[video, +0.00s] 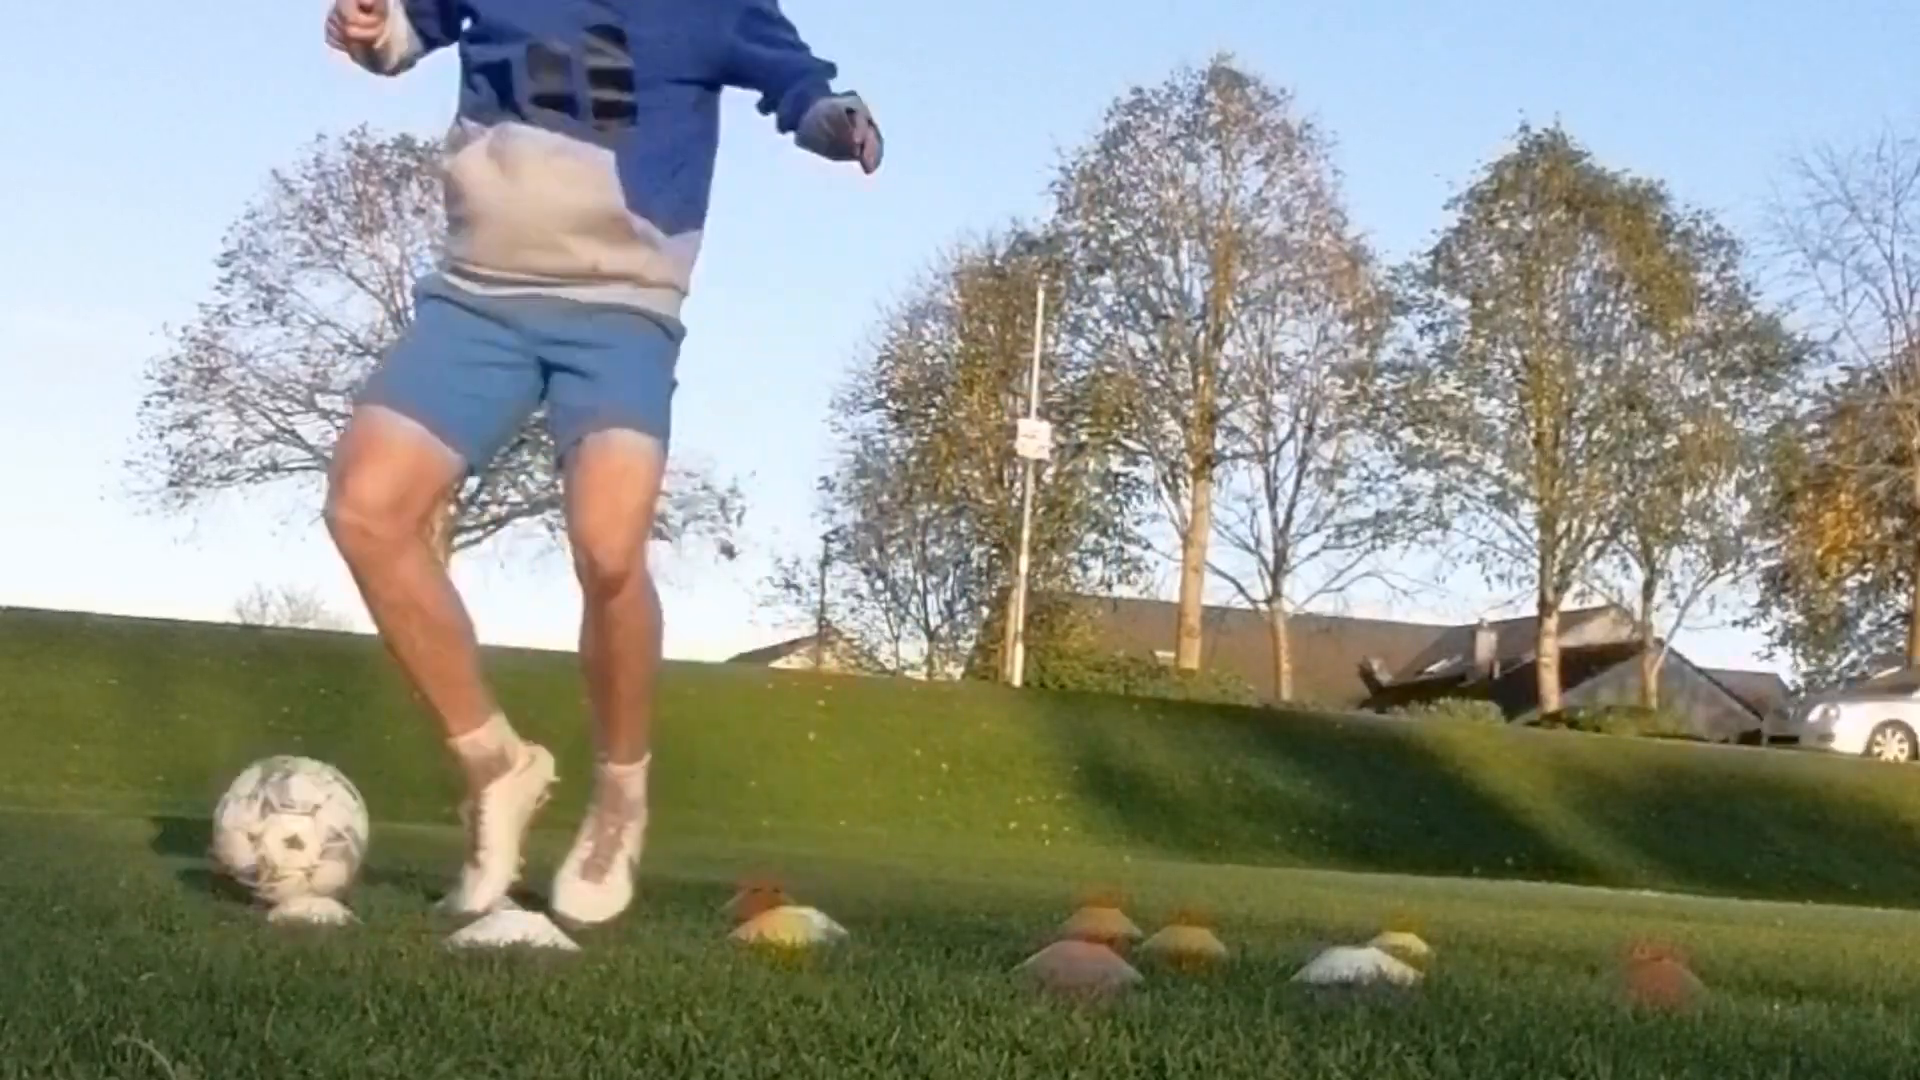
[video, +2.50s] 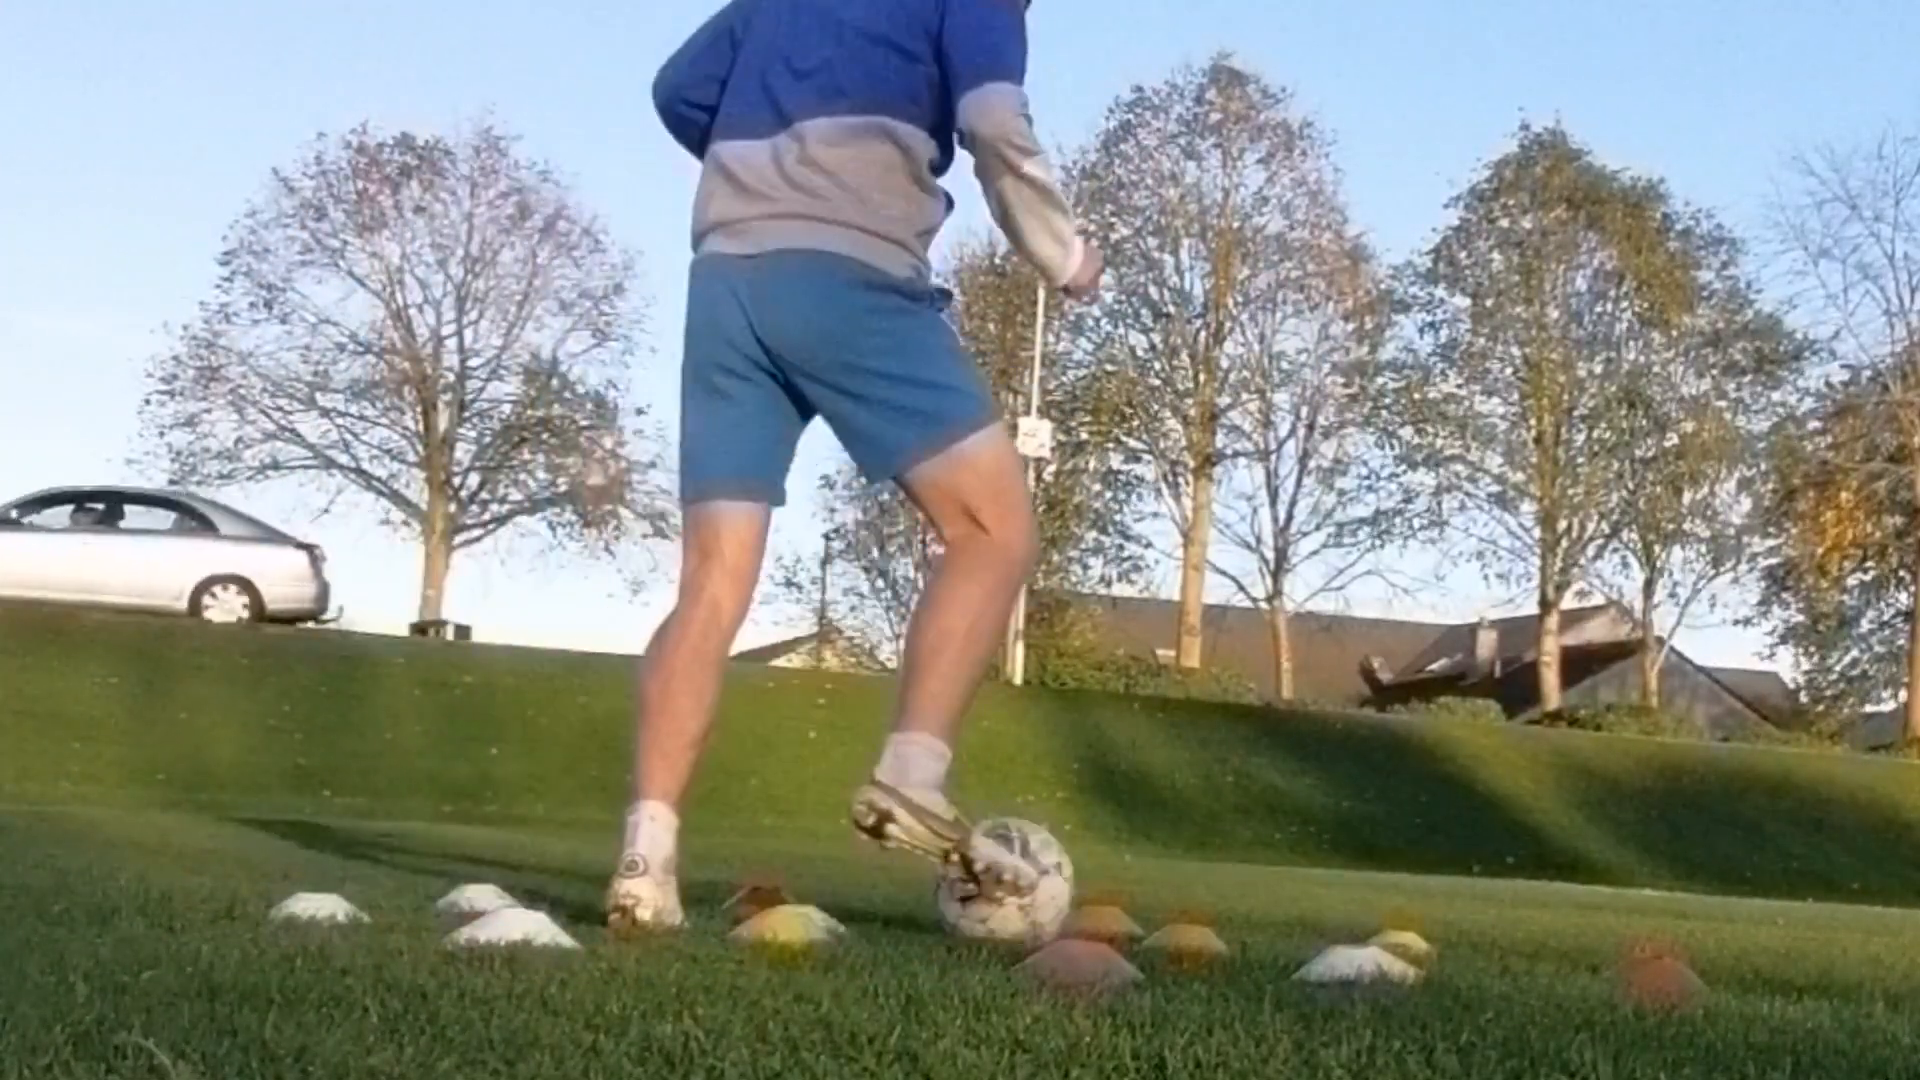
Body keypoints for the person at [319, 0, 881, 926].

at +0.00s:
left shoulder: (714, 10)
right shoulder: (484, 0)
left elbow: (798, 85)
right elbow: (413, 27)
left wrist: (841, 123)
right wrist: (376, 33)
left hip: (621, 311)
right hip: (475, 297)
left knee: (609, 554)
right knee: (368, 510)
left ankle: (619, 796)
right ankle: (498, 764)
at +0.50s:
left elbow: (410, 187)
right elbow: (69, 79)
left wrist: (352, 285)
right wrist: (61, 177)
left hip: (311, 364)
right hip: (129, 321)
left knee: (413, 603)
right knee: (5, 565)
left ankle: (147, 700)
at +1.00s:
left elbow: (522, 89)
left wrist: (628, 184)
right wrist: (298, 130)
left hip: (516, 189)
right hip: (414, 161)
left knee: (676, 478)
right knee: (549, 482)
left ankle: (597, 817)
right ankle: (436, 871)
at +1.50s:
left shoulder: (814, 19)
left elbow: (837, 59)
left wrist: (973, 97)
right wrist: (448, 31)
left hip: (576, 201)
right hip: (675, 186)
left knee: (640, 557)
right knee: (877, 472)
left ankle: (493, 879)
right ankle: (837, 810)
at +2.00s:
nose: (1002, 39)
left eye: (1008, 27)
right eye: (1004, 21)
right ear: (978, 6)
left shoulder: (719, 8)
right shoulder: (935, 5)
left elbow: (578, 34)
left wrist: (662, 155)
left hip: (611, 240)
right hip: (760, 252)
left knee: (594, 513)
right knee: (852, 557)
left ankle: (466, 782)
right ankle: (865, 875)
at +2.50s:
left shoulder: (772, 5)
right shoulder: (970, 5)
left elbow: (677, 89)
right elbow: (991, 121)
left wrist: (766, 172)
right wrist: (1066, 256)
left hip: (723, 284)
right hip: (852, 281)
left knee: (710, 585)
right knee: (994, 532)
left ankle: (645, 859)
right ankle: (911, 776)